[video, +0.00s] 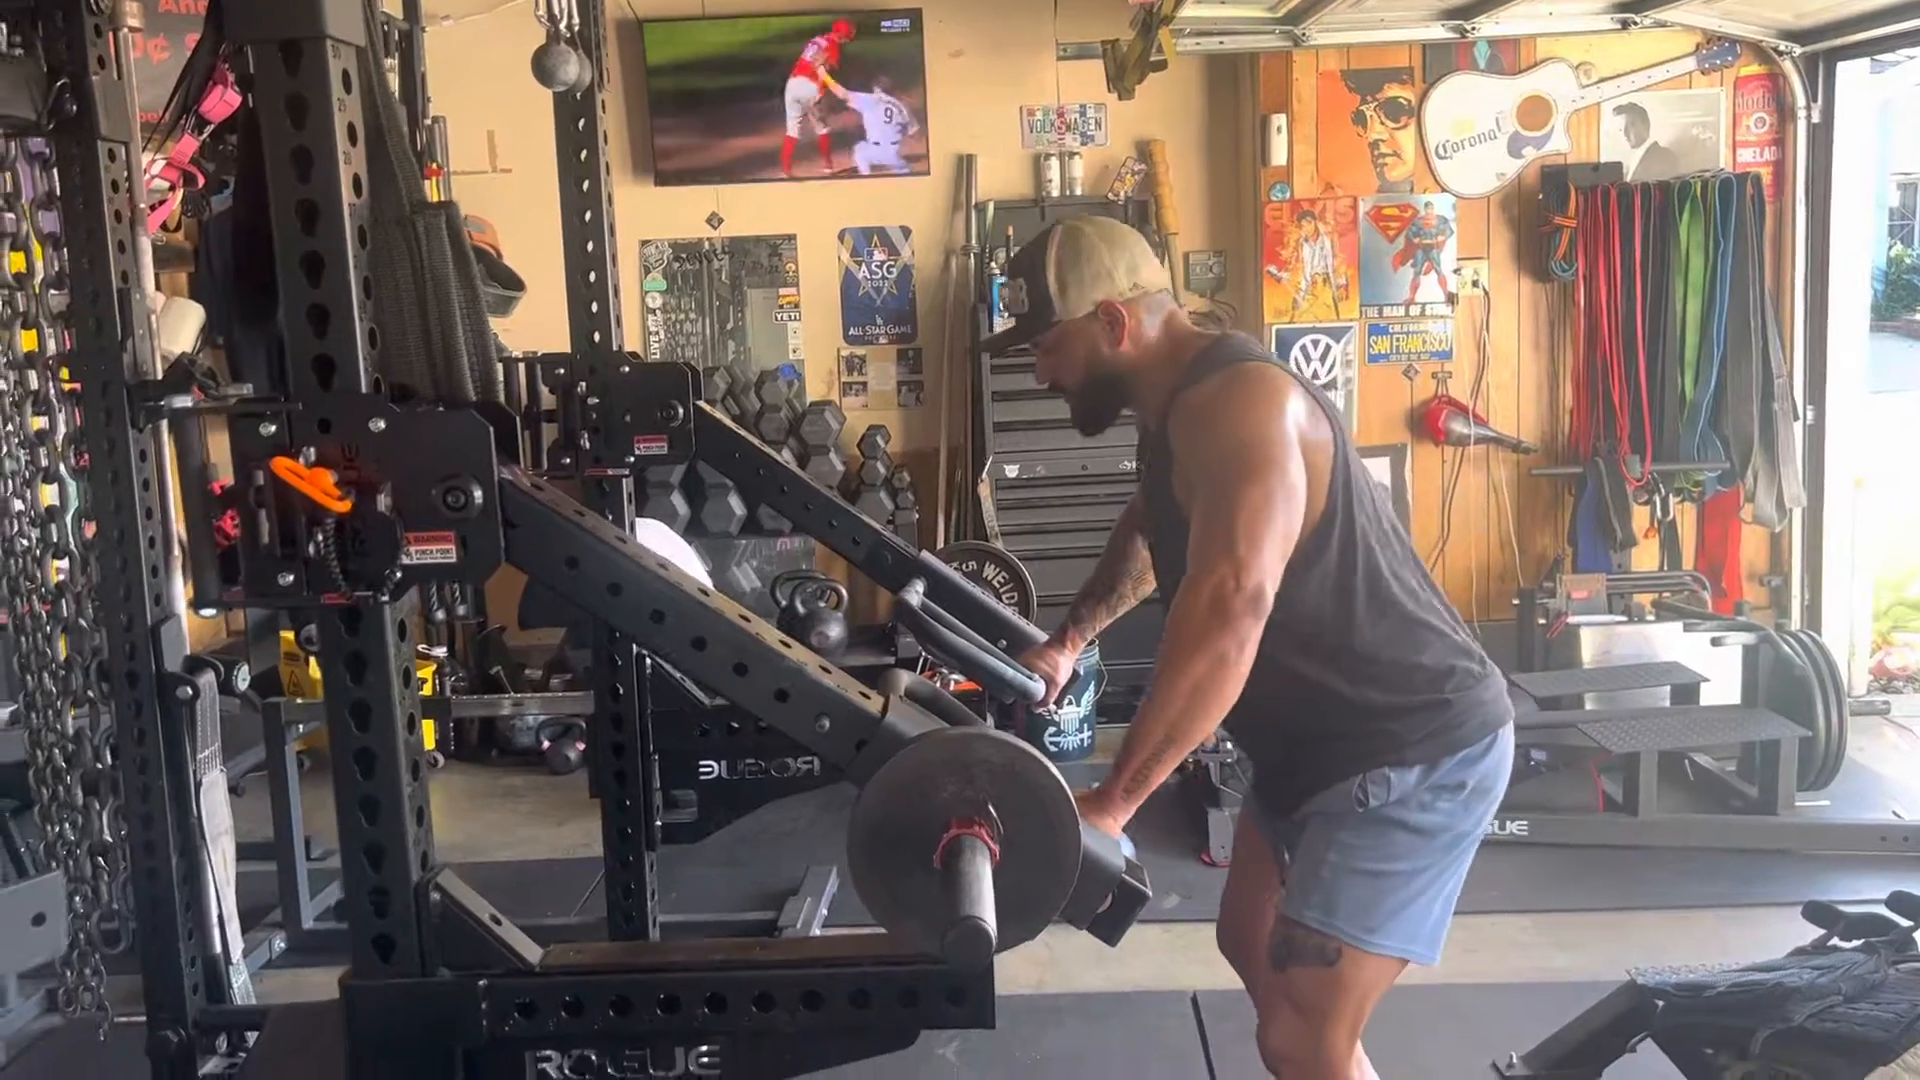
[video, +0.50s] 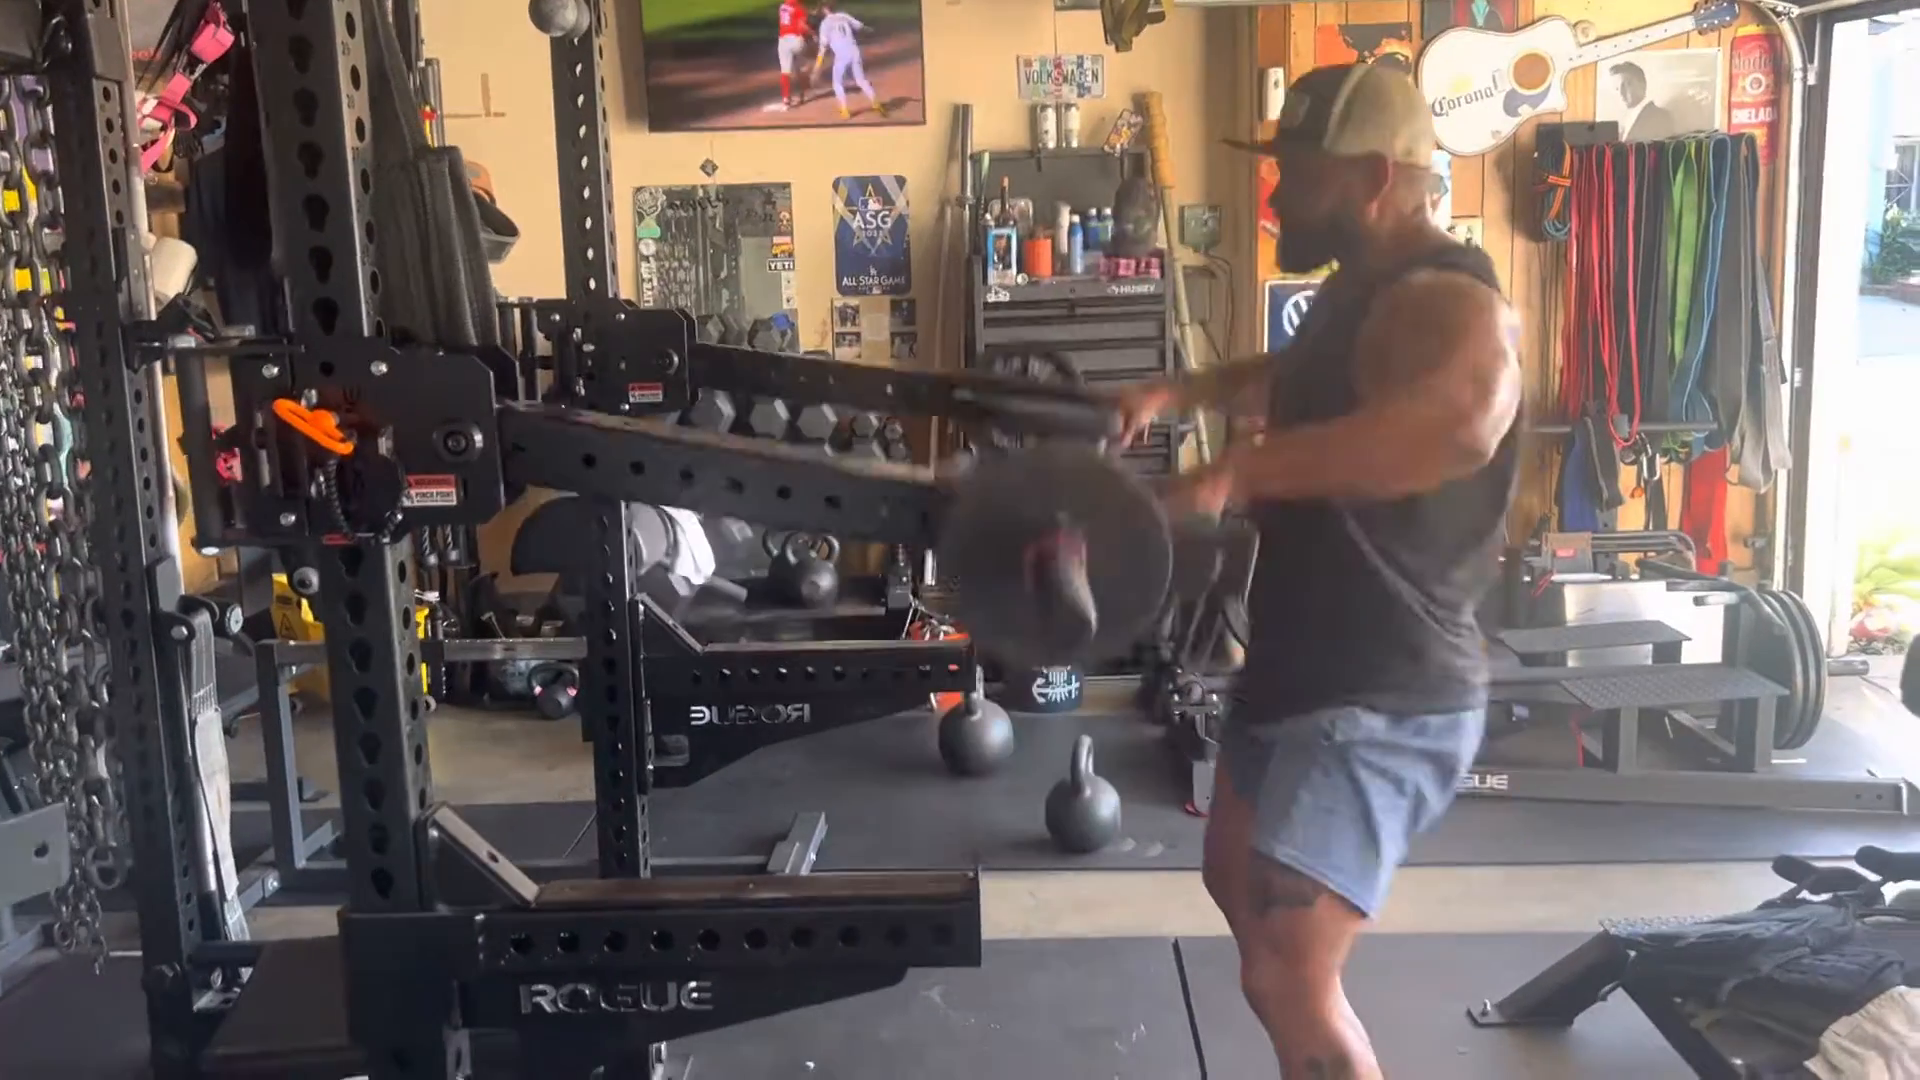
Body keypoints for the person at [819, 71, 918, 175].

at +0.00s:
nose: (874, 89)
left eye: (874, 86)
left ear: (875, 86)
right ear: (889, 89)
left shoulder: (869, 99)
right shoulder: (899, 105)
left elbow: (842, 94)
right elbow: (914, 129)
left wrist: (824, 75)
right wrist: (896, 135)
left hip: (873, 150)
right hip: (893, 151)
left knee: (859, 149)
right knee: (904, 171)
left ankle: (866, 177)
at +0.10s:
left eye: (868, 79)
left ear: (868, 82)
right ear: (881, 82)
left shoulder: (863, 95)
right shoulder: (890, 95)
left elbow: (840, 97)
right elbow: (915, 108)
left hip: (877, 141)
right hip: (896, 140)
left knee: (860, 146)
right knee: (903, 165)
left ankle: (867, 172)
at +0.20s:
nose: (849, 64)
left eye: (851, 61)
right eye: (849, 61)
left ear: (858, 64)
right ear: (866, 63)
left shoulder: (854, 80)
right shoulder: (878, 74)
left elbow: (840, 93)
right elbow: (899, 82)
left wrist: (824, 84)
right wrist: (909, 77)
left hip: (871, 116)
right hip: (888, 114)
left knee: (854, 129)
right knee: (890, 136)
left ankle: (865, 156)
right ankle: (902, 155)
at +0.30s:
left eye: (840, 42)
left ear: (843, 43)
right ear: (853, 41)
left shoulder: (843, 56)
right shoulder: (864, 49)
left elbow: (834, 76)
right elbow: (882, 57)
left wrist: (814, 77)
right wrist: (893, 52)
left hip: (857, 91)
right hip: (874, 88)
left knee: (846, 110)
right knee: (881, 114)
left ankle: (856, 136)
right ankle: (899, 137)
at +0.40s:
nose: (831, 24)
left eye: (830, 23)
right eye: (833, 22)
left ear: (831, 25)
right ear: (841, 22)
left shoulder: (832, 36)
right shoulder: (852, 29)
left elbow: (828, 57)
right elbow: (868, 37)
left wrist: (813, 71)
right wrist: (880, 38)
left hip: (848, 67)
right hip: (862, 64)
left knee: (841, 93)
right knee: (870, 91)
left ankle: (849, 120)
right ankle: (889, 117)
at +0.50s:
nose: (822, 13)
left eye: (822, 10)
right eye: (822, 10)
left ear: (825, 10)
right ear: (832, 8)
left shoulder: (825, 23)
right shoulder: (843, 16)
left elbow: (823, 46)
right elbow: (859, 25)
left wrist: (816, 69)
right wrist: (869, 29)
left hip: (841, 53)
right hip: (854, 50)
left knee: (837, 82)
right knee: (860, 79)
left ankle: (844, 109)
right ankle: (875, 102)